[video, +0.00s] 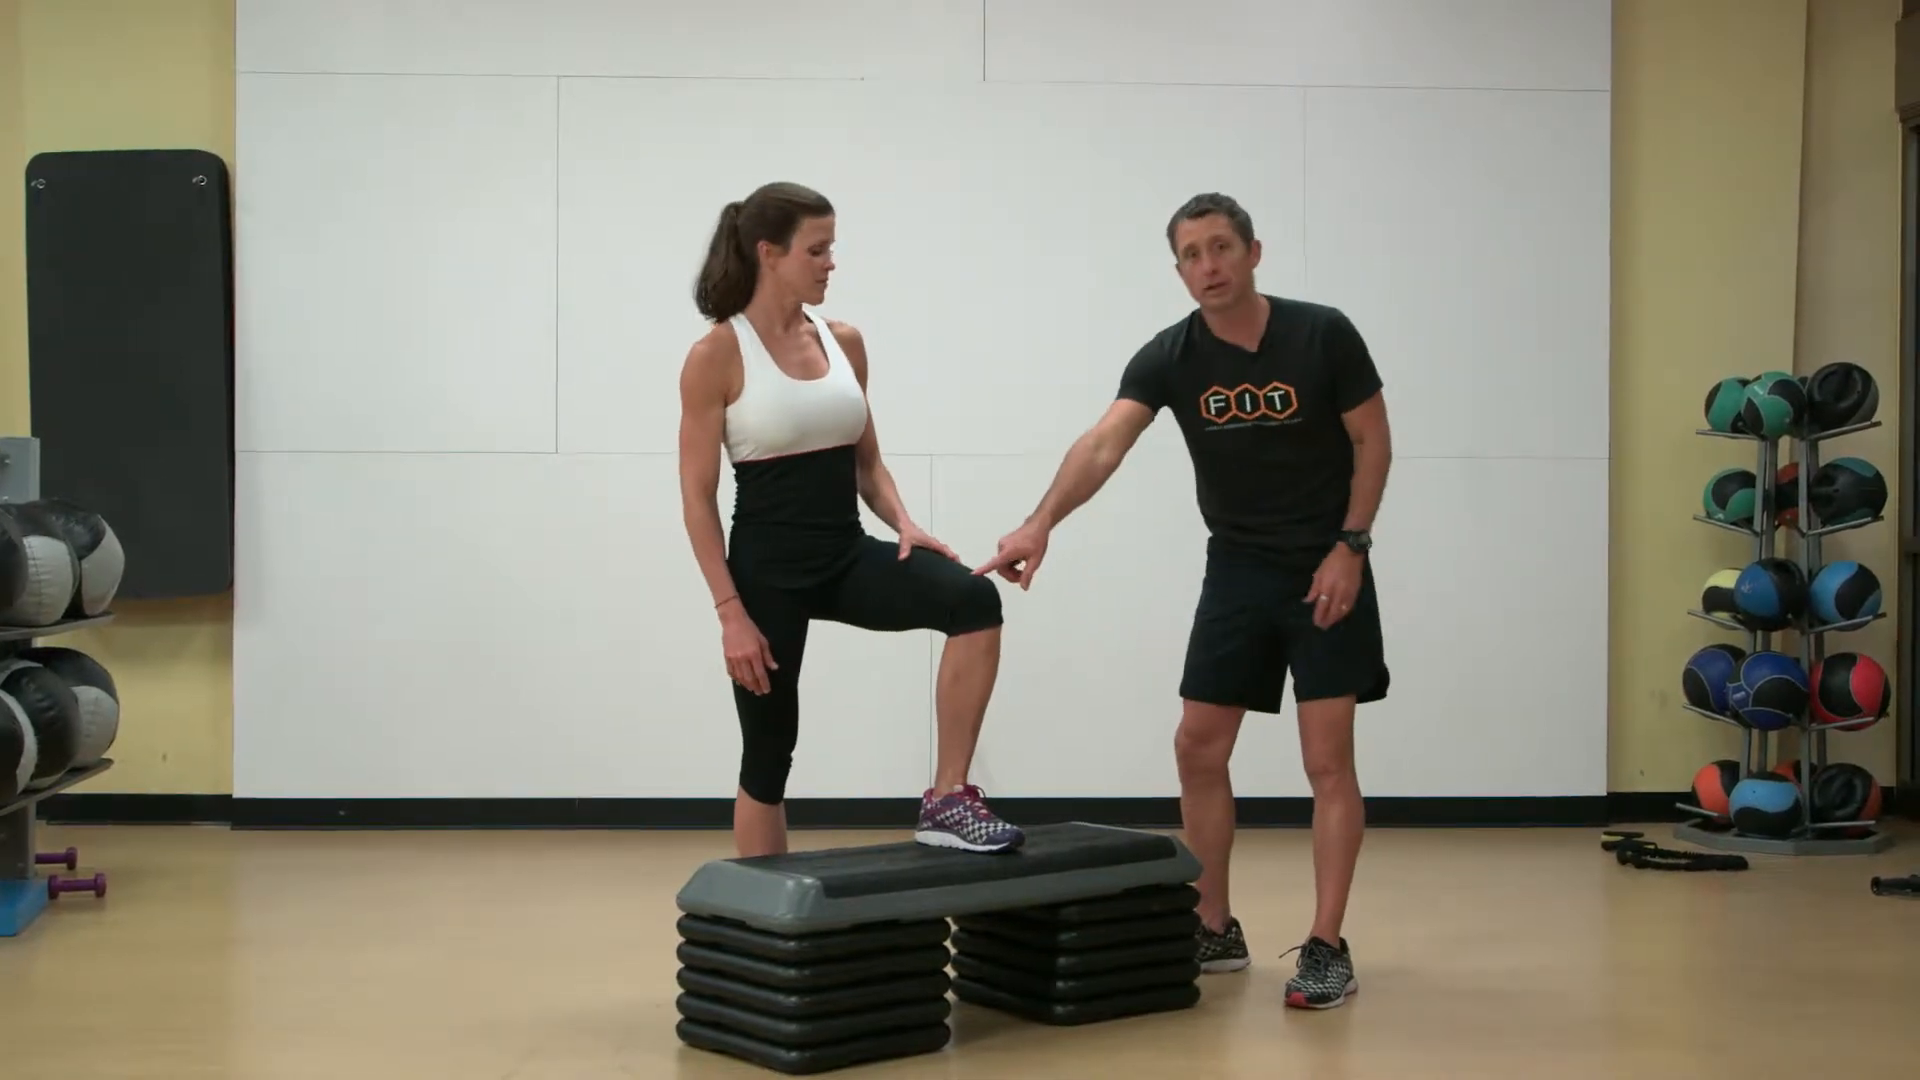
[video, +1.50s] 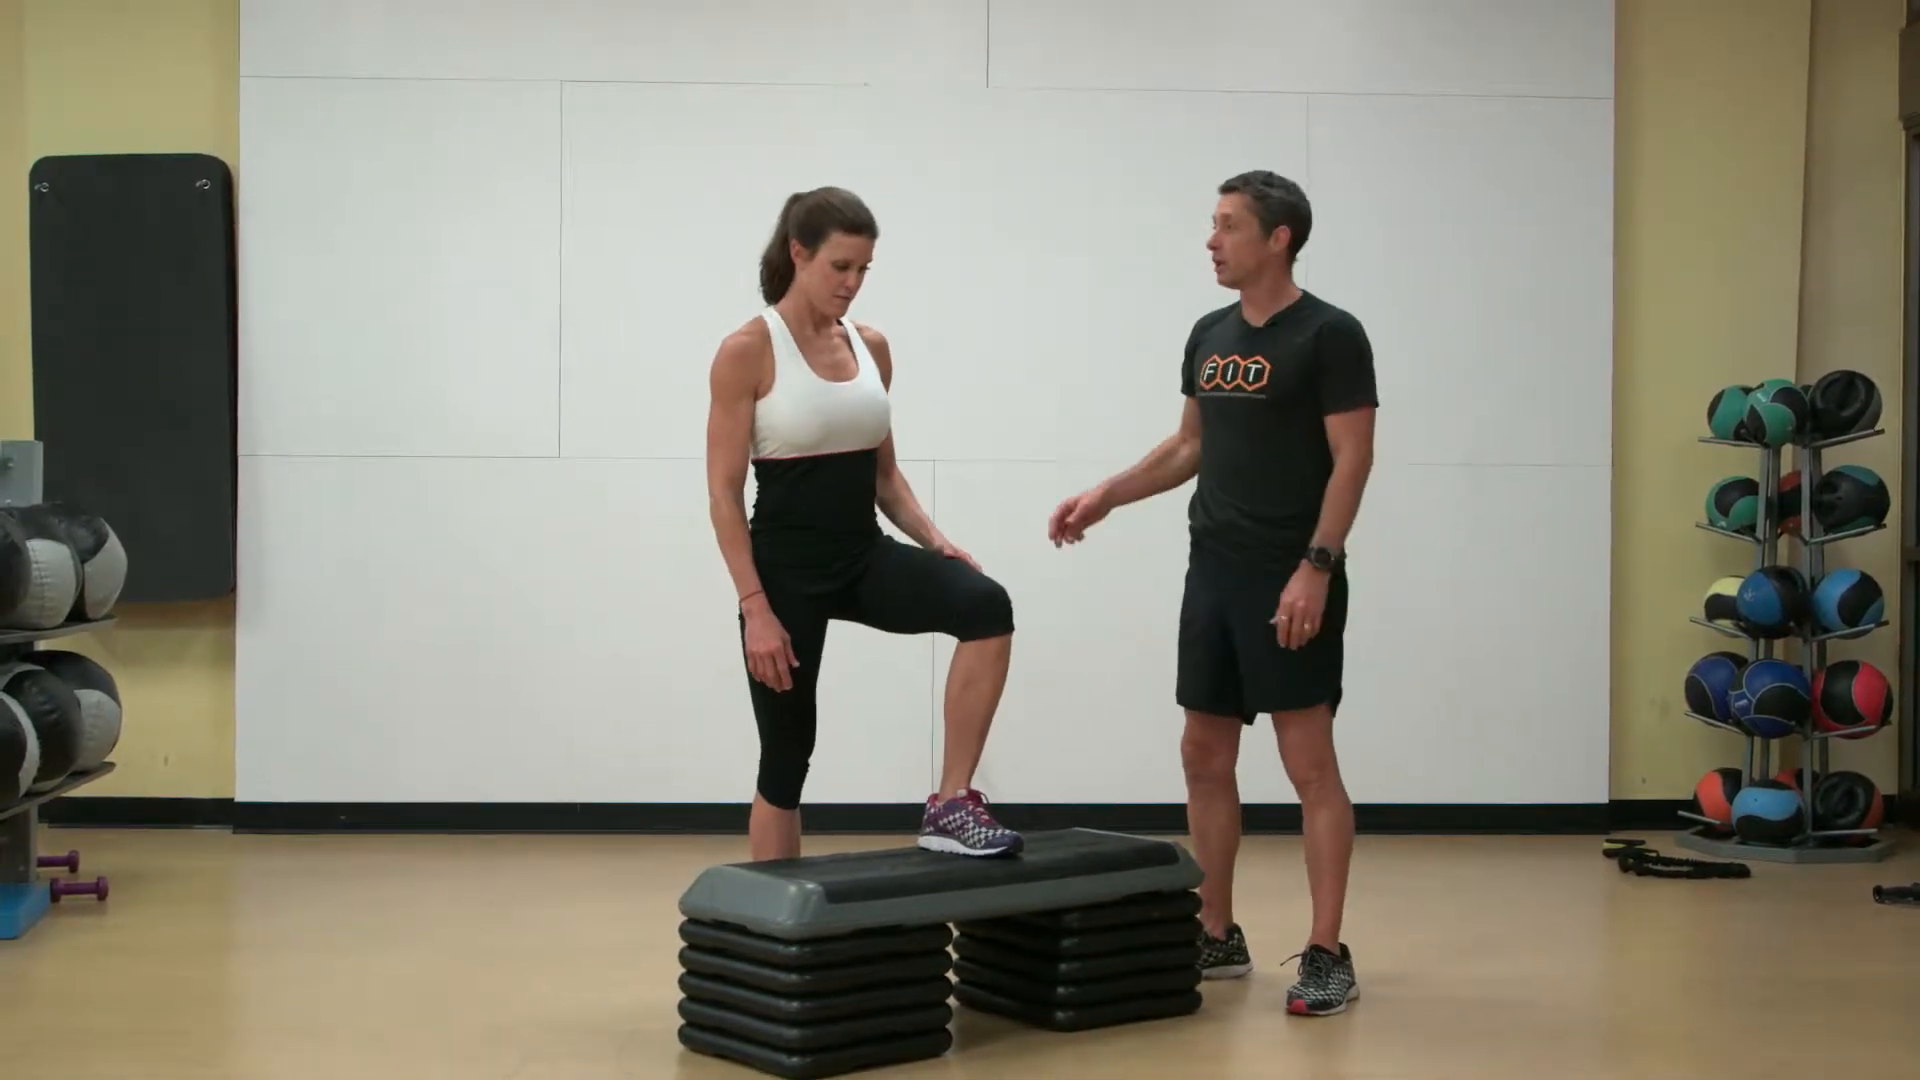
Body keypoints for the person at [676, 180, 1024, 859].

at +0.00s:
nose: (832, 262)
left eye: (832, 248)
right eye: (818, 249)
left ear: (794, 254)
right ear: (769, 253)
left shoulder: (842, 342)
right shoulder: (716, 357)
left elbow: (867, 462)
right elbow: (698, 500)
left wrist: (904, 523)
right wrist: (730, 612)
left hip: (845, 556)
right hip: (767, 568)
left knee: (974, 602)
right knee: (767, 760)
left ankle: (949, 797)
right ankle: (763, 929)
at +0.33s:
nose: (828, 278)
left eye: (834, 263)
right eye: (814, 263)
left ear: (837, 262)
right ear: (767, 257)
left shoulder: (847, 346)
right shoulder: (722, 360)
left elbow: (871, 468)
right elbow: (703, 500)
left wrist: (911, 531)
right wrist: (733, 614)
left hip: (847, 560)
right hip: (770, 570)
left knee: (976, 605)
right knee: (769, 763)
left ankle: (950, 799)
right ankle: (765, 931)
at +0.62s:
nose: (833, 283)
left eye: (841, 268)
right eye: (820, 268)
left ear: (846, 266)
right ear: (774, 259)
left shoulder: (855, 348)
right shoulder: (729, 362)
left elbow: (878, 469)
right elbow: (708, 504)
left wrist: (918, 534)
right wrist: (737, 617)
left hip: (855, 561)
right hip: (778, 572)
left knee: (981, 609)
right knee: (775, 764)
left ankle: (951, 801)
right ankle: (766, 933)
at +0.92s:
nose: (844, 288)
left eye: (852, 273)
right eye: (831, 272)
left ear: (859, 269)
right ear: (786, 260)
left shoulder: (866, 350)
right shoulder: (736, 361)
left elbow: (890, 469)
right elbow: (716, 500)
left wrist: (922, 535)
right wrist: (745, 613)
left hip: (860, 561)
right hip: (782, 571)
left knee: (981, 611)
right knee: (775, 770)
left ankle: (951, 803)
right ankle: (767, 934)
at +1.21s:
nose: (851, 286)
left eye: (860, 271)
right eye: (838, 269)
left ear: (867, 268)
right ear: (795, 256)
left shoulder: (872, 348)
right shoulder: (745, 356)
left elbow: (893, 468)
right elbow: (720, 498)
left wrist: (926, 532)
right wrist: (745, 613)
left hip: (864, 557)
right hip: (785, 567)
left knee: (985, 610)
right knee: (785, 763)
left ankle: (950, 801)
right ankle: (770, 933)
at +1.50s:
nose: (854, 283)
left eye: (862, 268)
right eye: (841, 266)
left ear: (869, 266)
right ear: (797, 254)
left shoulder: (869, 348)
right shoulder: (748, 352)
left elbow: (884, 473)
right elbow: (724, 493)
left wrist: (934, 540)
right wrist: (755, 608)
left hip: (861, 558)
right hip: (784, 568)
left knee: (986, 608)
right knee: (786, 760)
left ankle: (952, 801)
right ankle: (772, 932)